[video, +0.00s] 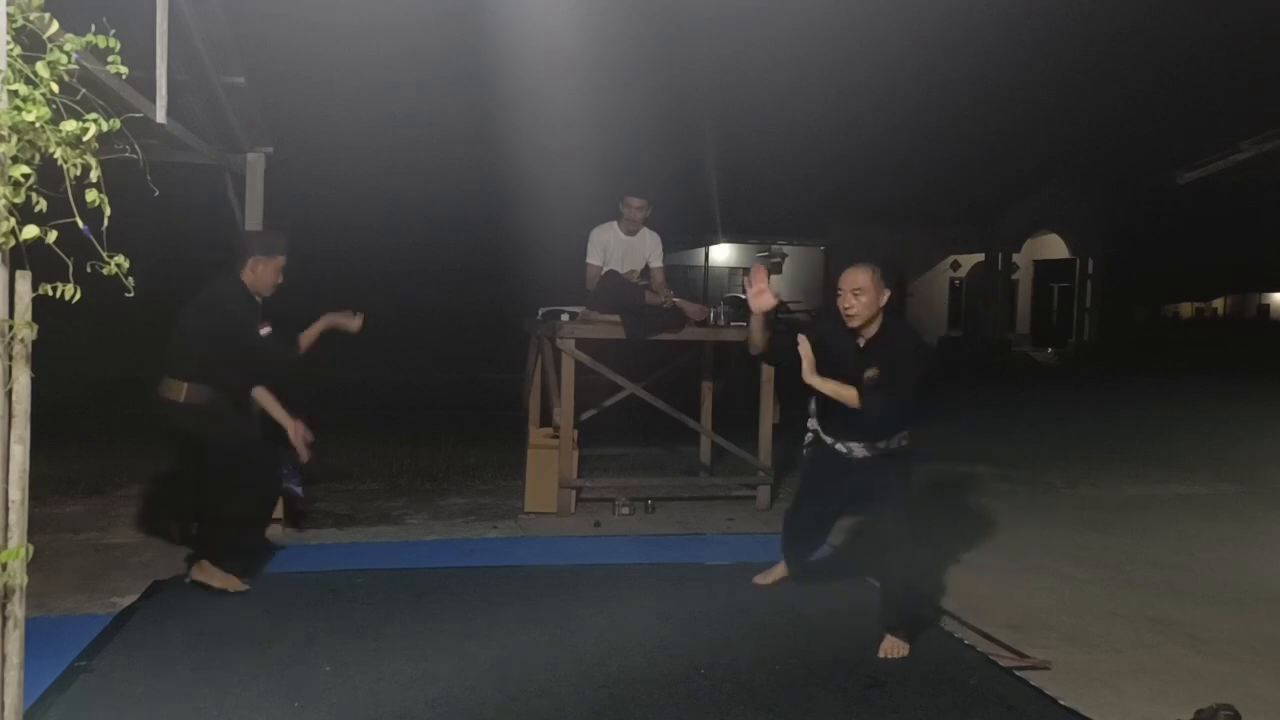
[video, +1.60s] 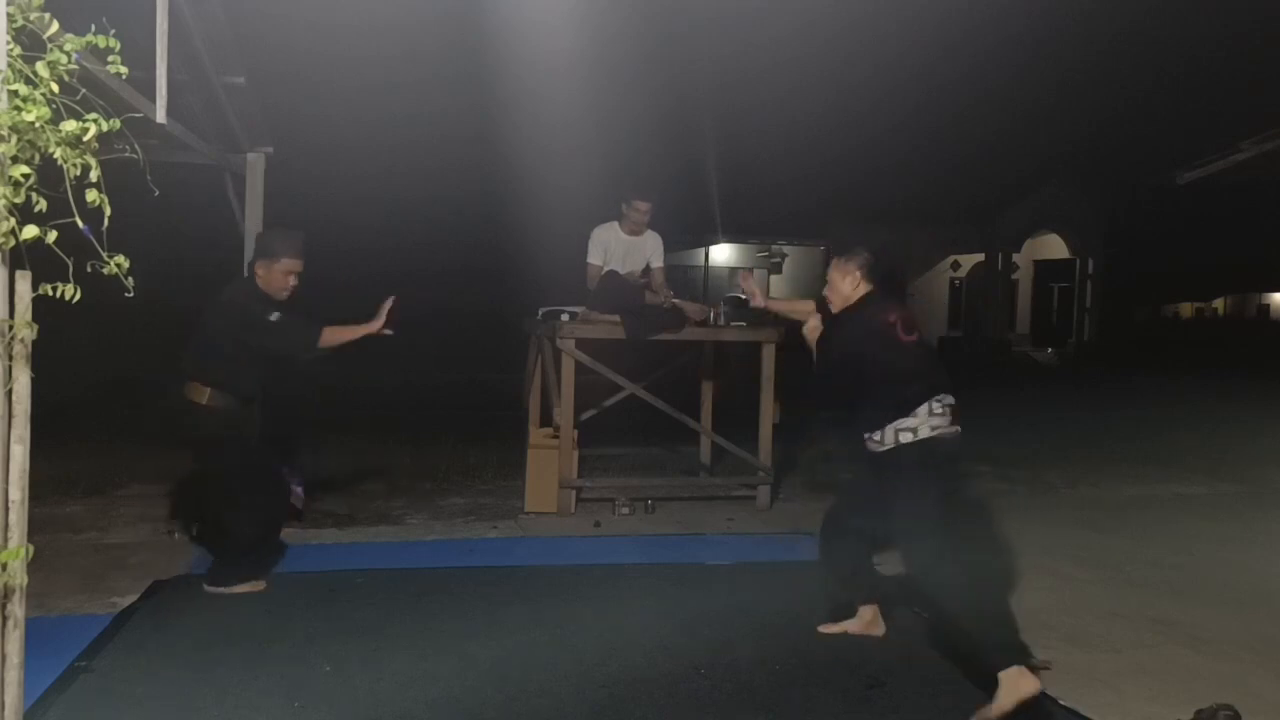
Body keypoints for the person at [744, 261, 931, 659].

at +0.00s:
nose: (846, 303)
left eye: (857, 294)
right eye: (841, 294)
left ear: (884, 297)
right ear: (835, 297)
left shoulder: (903, 343)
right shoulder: (828, 330)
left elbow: (884, 405)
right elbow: (762, 349)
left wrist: (814, 380)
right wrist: (760, 315)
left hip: (885, 456)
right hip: (830, 450)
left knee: (896, 539)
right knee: (804, 513)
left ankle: (897, 626)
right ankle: (792, 562)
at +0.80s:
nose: (838, 295)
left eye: (848, 286)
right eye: (832, 287)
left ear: (872, 289)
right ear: (826, 289)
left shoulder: (890, 330)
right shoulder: (817, 324)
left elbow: (885, 377)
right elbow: (768, 343)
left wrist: (831, 349)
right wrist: (722, 369)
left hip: (872, 446)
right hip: (818, 442)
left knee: (886, 528)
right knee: (799, 507)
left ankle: (895, 618)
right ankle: (792, 565)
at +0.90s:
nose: (843, 293)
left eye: (853, 285)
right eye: (838, 286)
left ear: (879, 288)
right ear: (832, 291)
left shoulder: (901, 326)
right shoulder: (823, 329)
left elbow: (896, 361)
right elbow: (777, 371)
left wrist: (834, 332)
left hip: (881, 445)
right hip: (826, 442)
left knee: (888, 530)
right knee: (804, 505)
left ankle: (895, 621)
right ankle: (791, 562)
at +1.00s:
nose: (850, 290)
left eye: (859, 281)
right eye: (845, 283)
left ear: (887, 282)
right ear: (841, 287)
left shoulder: (914, 322)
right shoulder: (829, 325)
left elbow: (888, 349)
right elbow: (783, 388)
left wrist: (818, 325)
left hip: (898, 449)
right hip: (841, 443)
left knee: (891, 533)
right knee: (812, 514)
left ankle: (895, 623)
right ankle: (809, 568)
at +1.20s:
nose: (847, 287)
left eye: (855, 278)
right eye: (844, 279)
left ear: (886, 278)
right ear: (845, 283)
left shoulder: (912, 320)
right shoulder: (851, 322)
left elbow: (862, 356)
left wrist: (783, 348)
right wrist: (834, 352)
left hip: (910, 450)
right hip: (859, 443)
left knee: (896, 536)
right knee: (825, 524)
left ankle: (897, 625)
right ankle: (855, 597)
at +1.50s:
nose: (827, 274)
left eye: (838, 264)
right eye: (825, 266)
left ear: (859, 272)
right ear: (825, 273)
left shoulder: (876, 314)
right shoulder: (844, 310)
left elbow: (832, 389)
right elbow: (789, 322)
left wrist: (792, 354)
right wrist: (807, 289)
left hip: (922, 445)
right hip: (880, 444)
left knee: (908, 544)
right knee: (842, 524)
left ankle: (964, 642)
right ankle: (866, 613)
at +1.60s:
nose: (827, 284)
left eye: (832, 276)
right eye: (829, 276)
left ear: (855, 280)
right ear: (862, 279)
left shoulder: (853, 327)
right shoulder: (886, 308)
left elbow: (833, 389)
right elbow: (819, 310)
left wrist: (817, 347)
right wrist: (764, 302)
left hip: (911, 459)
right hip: (928, 451)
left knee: (932, 565)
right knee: (841, 526)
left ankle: (1010, 671)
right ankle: (864, 611)